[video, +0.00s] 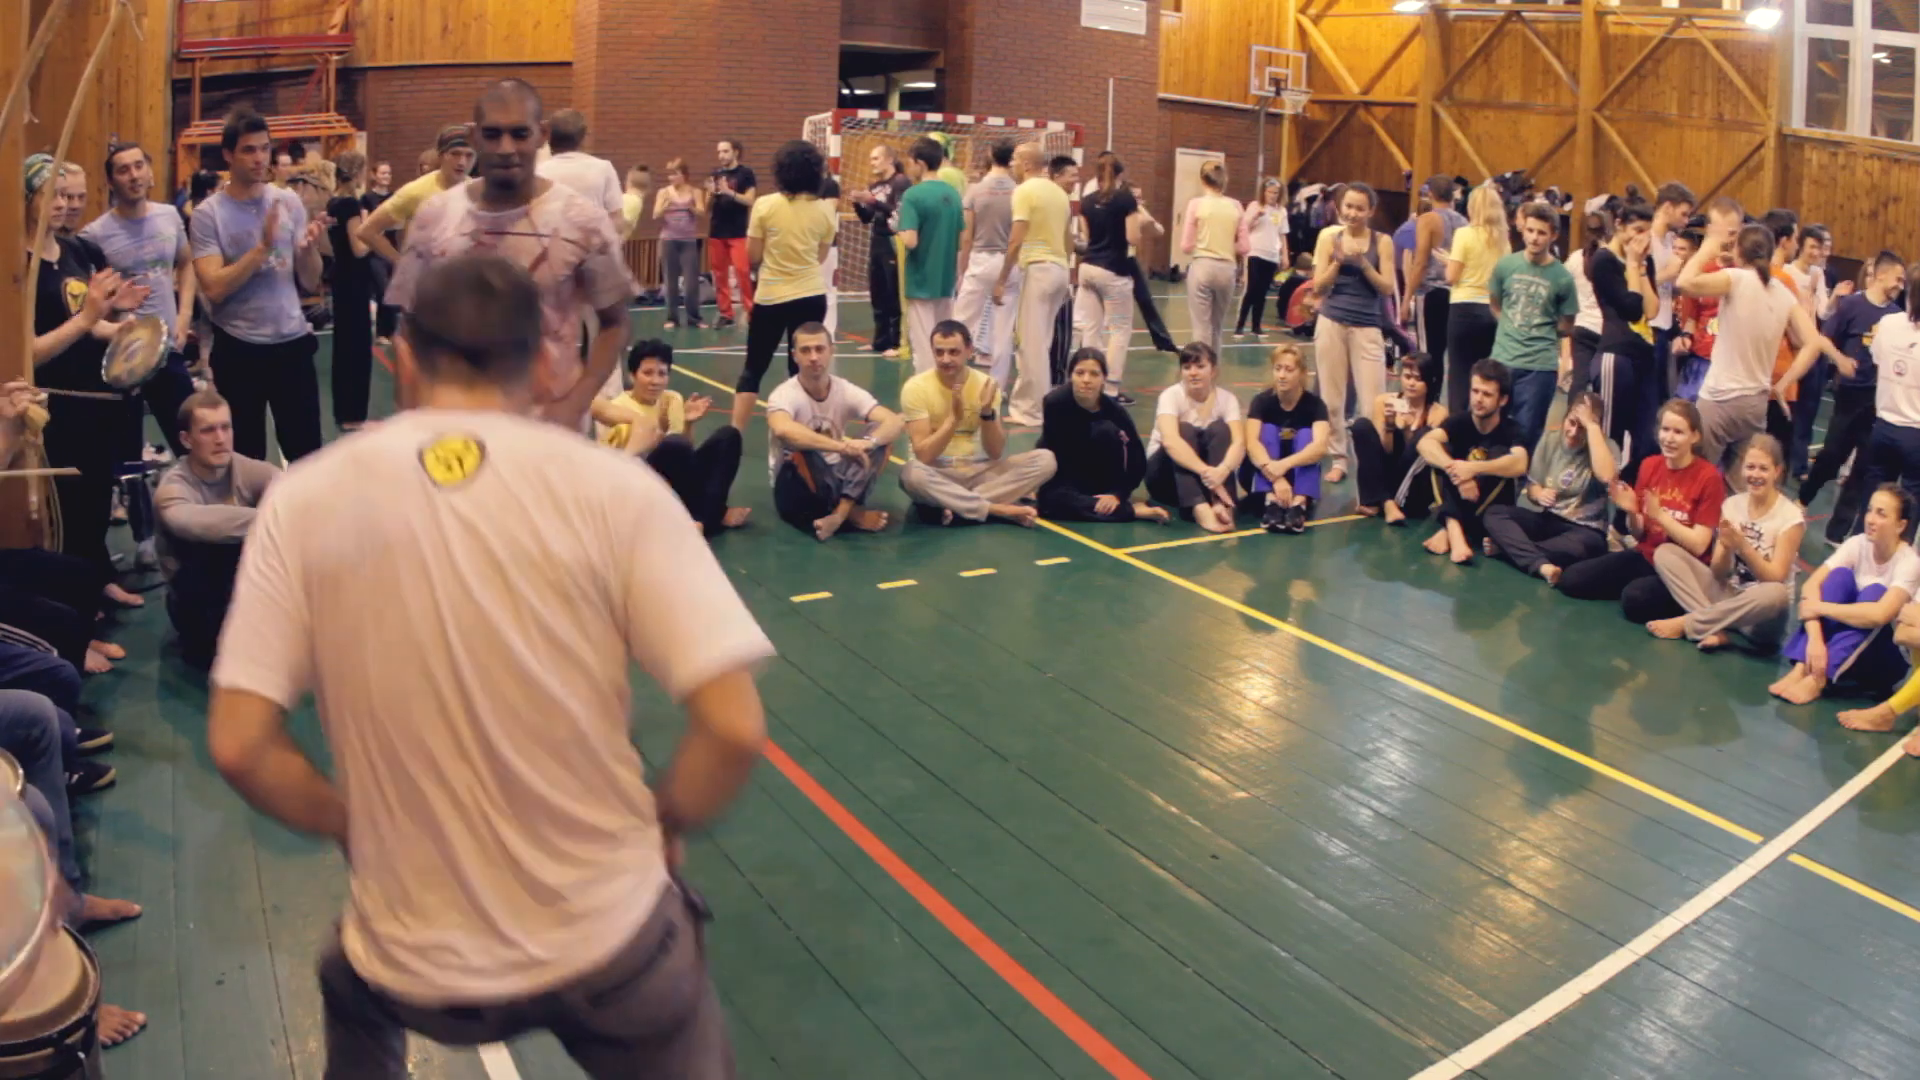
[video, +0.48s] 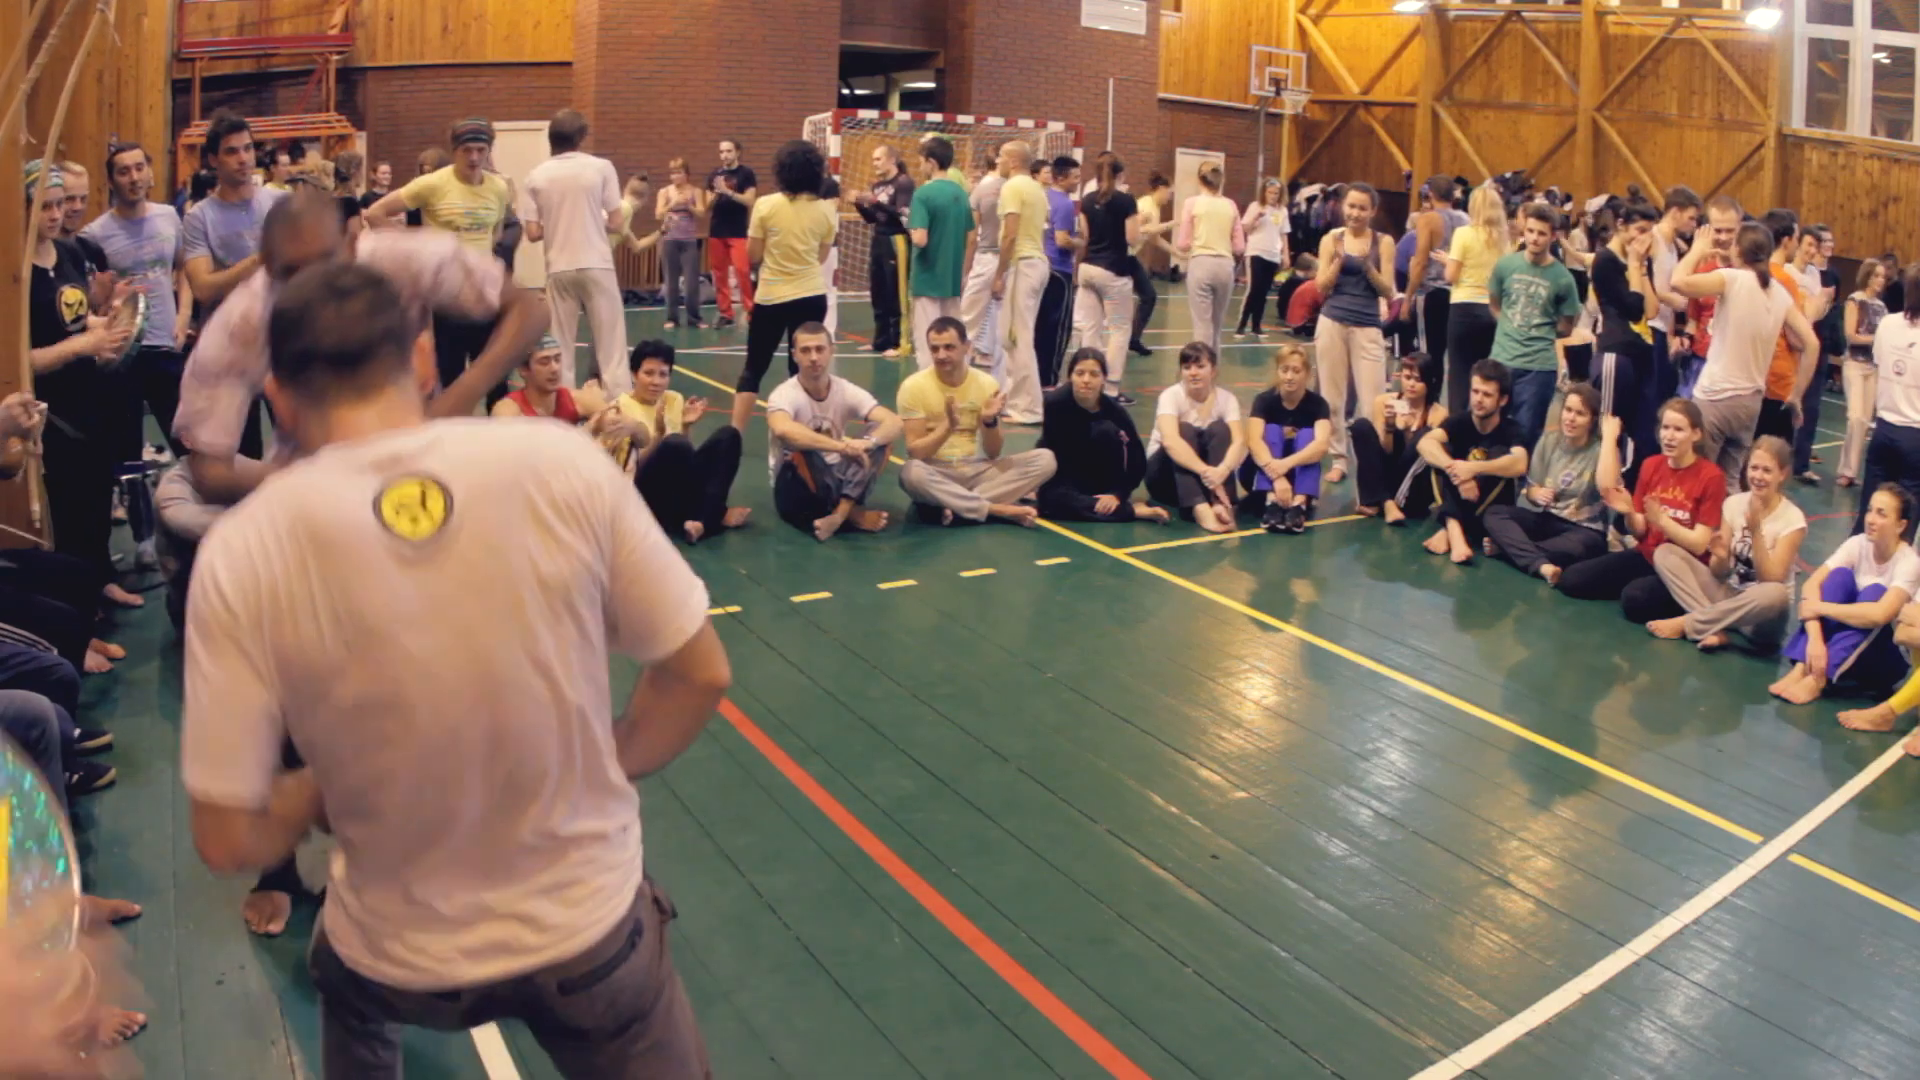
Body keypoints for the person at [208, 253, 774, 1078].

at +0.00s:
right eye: (561, 355)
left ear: (399, 355)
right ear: (545, 363)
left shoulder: (306, 498)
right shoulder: (611, 486)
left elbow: (240, 743)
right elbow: (734, 725)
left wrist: (365, 824)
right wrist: (662, 822)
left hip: (418, 969)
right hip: (612, 954)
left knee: (353, 998)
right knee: (682, 1057)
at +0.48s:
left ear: (278, 400)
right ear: (425, 360)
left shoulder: (244, 552)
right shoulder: (560, 463)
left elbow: (227, 839)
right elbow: (698, 670)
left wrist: (331, 779)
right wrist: (597, 776)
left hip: (401, 967)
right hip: (592, 944)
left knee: (352, 1006)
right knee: (654, 1061)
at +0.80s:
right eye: (394, 427)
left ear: (231, 489)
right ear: (375, 445)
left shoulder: (231, 683)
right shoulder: (529, 529)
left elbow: (274, 929)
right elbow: (606, 699)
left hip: (418, 997)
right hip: (598, 967)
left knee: (332, 969)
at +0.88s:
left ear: (212, 476)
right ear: (349, 417)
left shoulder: (219, 655)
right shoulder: (506, 504)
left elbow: (238, 867)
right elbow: (573, 666)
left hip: (411, 998)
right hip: (592, 961)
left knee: (312, 943)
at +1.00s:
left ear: (145, 443)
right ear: (276, 381)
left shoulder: (165, 615)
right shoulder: (406, 446)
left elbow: (186, 751)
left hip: (393, 973)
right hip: (567, 920)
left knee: (298, 963)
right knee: (652, 1068)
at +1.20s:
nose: (271, 469)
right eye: (243, 464)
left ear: (107, 547)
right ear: (213, 478)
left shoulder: (108, 672)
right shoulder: (315, 511)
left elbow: (187, 766)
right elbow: (391, 631)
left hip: (356, 1002)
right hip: (528, 936)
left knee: (272, 993)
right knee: (644, 1010)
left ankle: (285, 1063)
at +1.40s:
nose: (285, 513)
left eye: (285, 493)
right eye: (271, 508)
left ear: (171, 589)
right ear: (263, 523)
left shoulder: (160, 691)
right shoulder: (362, 559)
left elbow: (236, 791)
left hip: (391, 1020)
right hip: (557, 956)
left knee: (297, 970)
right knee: (651, 962)